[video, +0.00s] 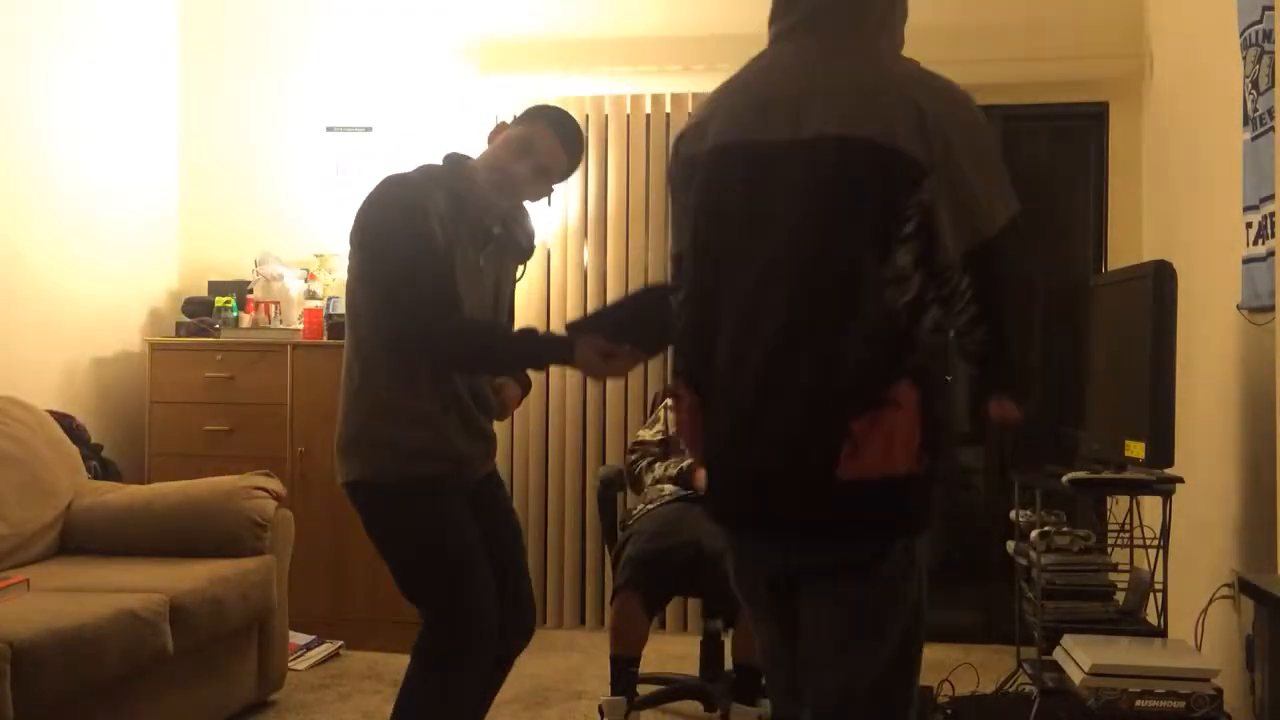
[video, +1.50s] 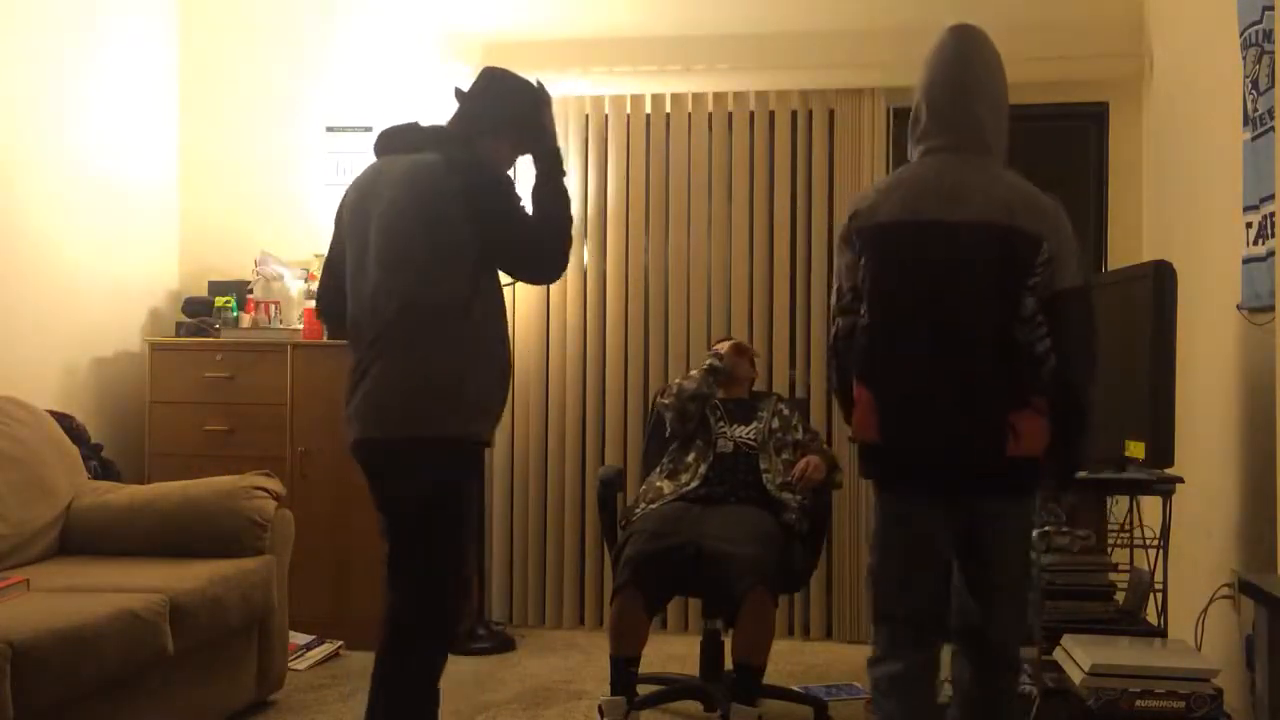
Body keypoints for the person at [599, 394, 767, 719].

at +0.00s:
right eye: (676, 399)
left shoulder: (736, 420)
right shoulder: (673, 400)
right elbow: (639, 464)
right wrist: (690, 471)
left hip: (728, 507)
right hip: (665, 503)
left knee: (750, 586)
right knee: (632, 580)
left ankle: (747, 694)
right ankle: (622, 692)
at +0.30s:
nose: (722, 362)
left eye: (733, 355)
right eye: (716, 355)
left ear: (751, 364)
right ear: (706, 361)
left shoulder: (766, 404)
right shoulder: (683, 398)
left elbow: (778, 469)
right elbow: (662, 416)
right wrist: (703, 380)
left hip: (747, 506)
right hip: (677, 501)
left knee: (756, 581)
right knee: (636, 569)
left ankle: (745, 702)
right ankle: (621, 694)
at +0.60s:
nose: (745, 360)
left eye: (752, 356)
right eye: (734, 353)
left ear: (759, 371)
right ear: (716, 370)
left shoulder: (776, 409)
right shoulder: (690, 404)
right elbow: (673, 392)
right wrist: (718, 358)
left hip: (750, 506)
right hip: (680, 502)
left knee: (757, 578)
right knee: (638, 566)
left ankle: (744, 703)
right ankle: (621, 695)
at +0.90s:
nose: (737, 350)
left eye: (745, 350)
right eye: (728, 348)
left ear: (755, 370)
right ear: (713, 370)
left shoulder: (780, 410)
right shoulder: (690, 404)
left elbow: (812, 453)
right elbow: (672, 396)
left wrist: (818, 462)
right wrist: (711, 360)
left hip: (750, 505)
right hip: (681, 501)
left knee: (756, 577)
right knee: (637, 565)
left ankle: (744, 703)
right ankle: (621, 695)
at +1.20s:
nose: (731, 351)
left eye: (739, 351)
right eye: (722, 350)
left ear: (755, 373)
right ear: (708, 368)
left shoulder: (779, 409)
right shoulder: (687, 398)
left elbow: (821, 453)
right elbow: (672, 420)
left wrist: (821, 461)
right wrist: (711, 370)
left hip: (751, 505)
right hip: (680, 501)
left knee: (756, 577)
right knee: (637, 565)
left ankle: (744, 704)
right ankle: (621, 695)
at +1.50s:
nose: (732, 355)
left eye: (742, 354)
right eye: (723, 350)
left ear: (754, 371)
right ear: (707, 364)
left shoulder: (778, 409)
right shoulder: (684, 398)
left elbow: (821, 453)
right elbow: (676, 406)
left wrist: (820, 460)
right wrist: (716, 361)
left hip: (750, 505)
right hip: (679, 501)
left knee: (756, 576)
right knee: (638, 565)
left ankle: (745, 703)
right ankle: (621, 695)